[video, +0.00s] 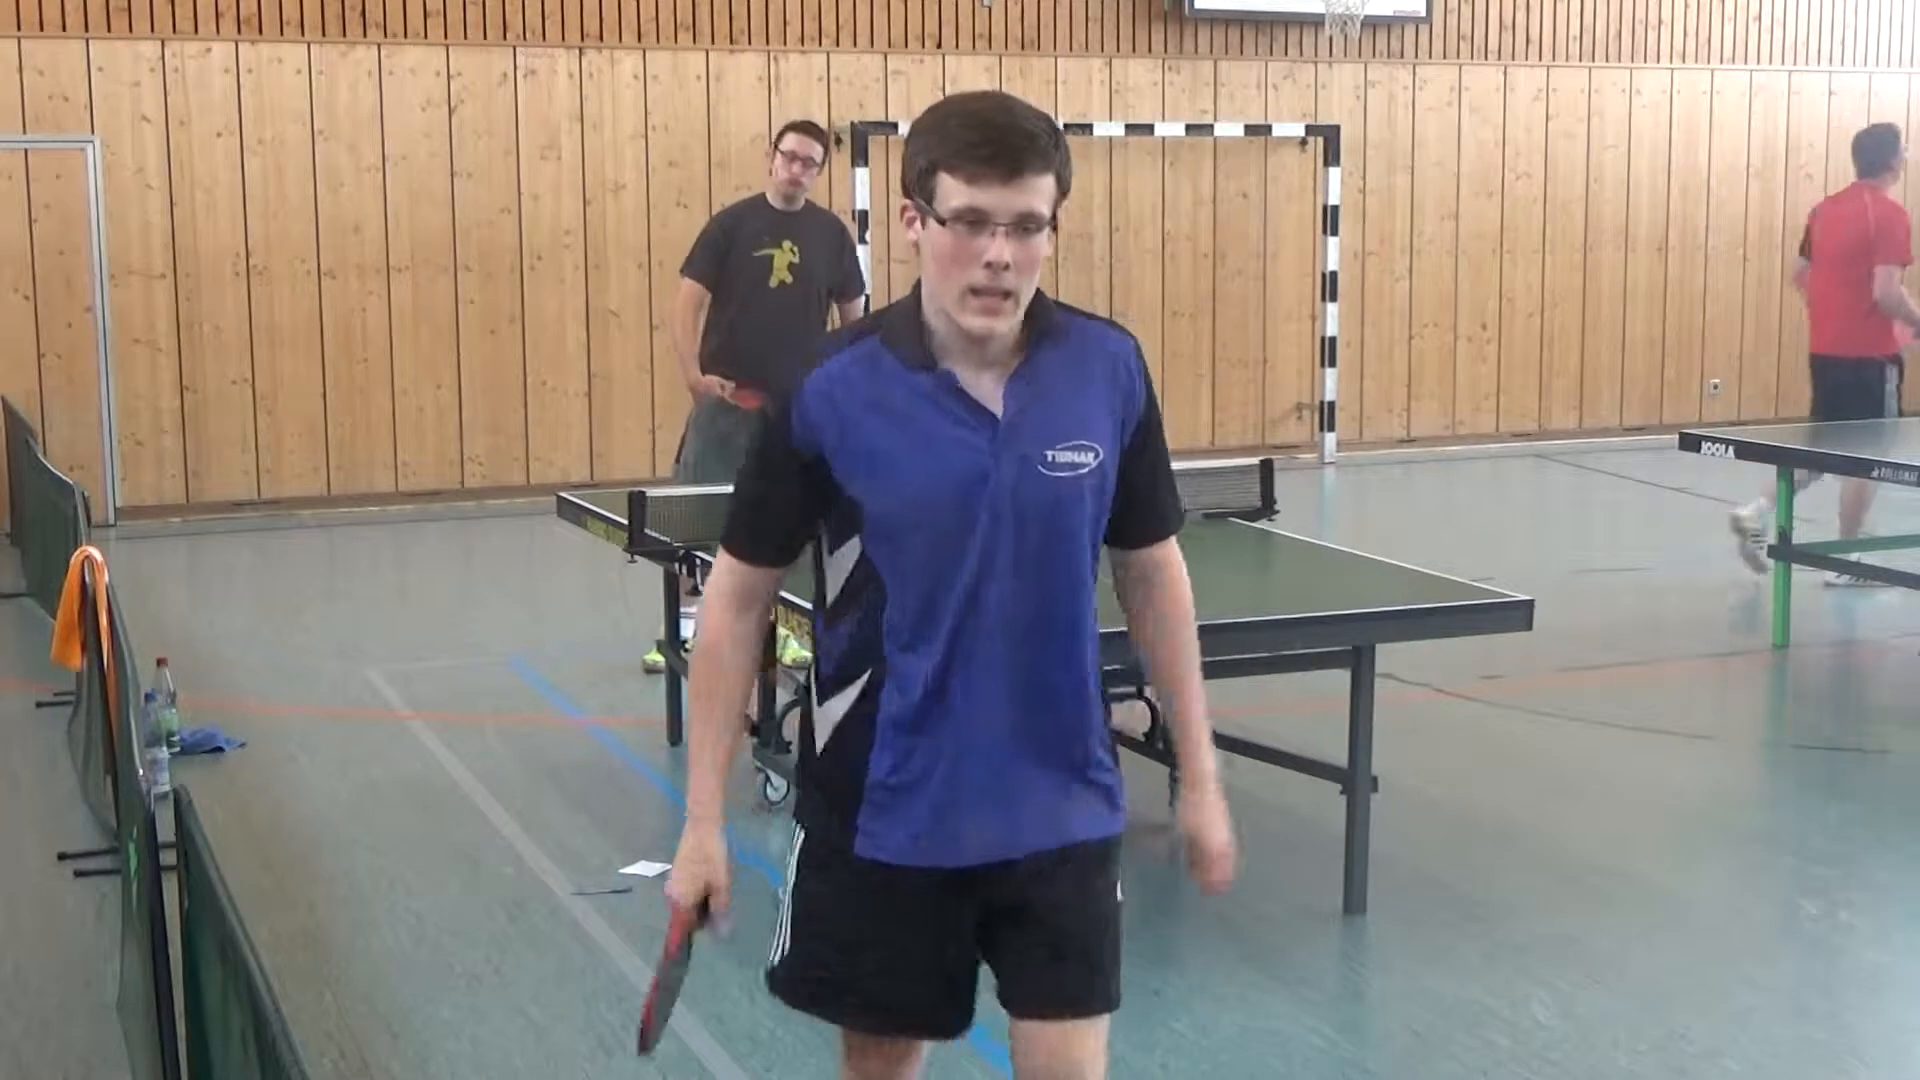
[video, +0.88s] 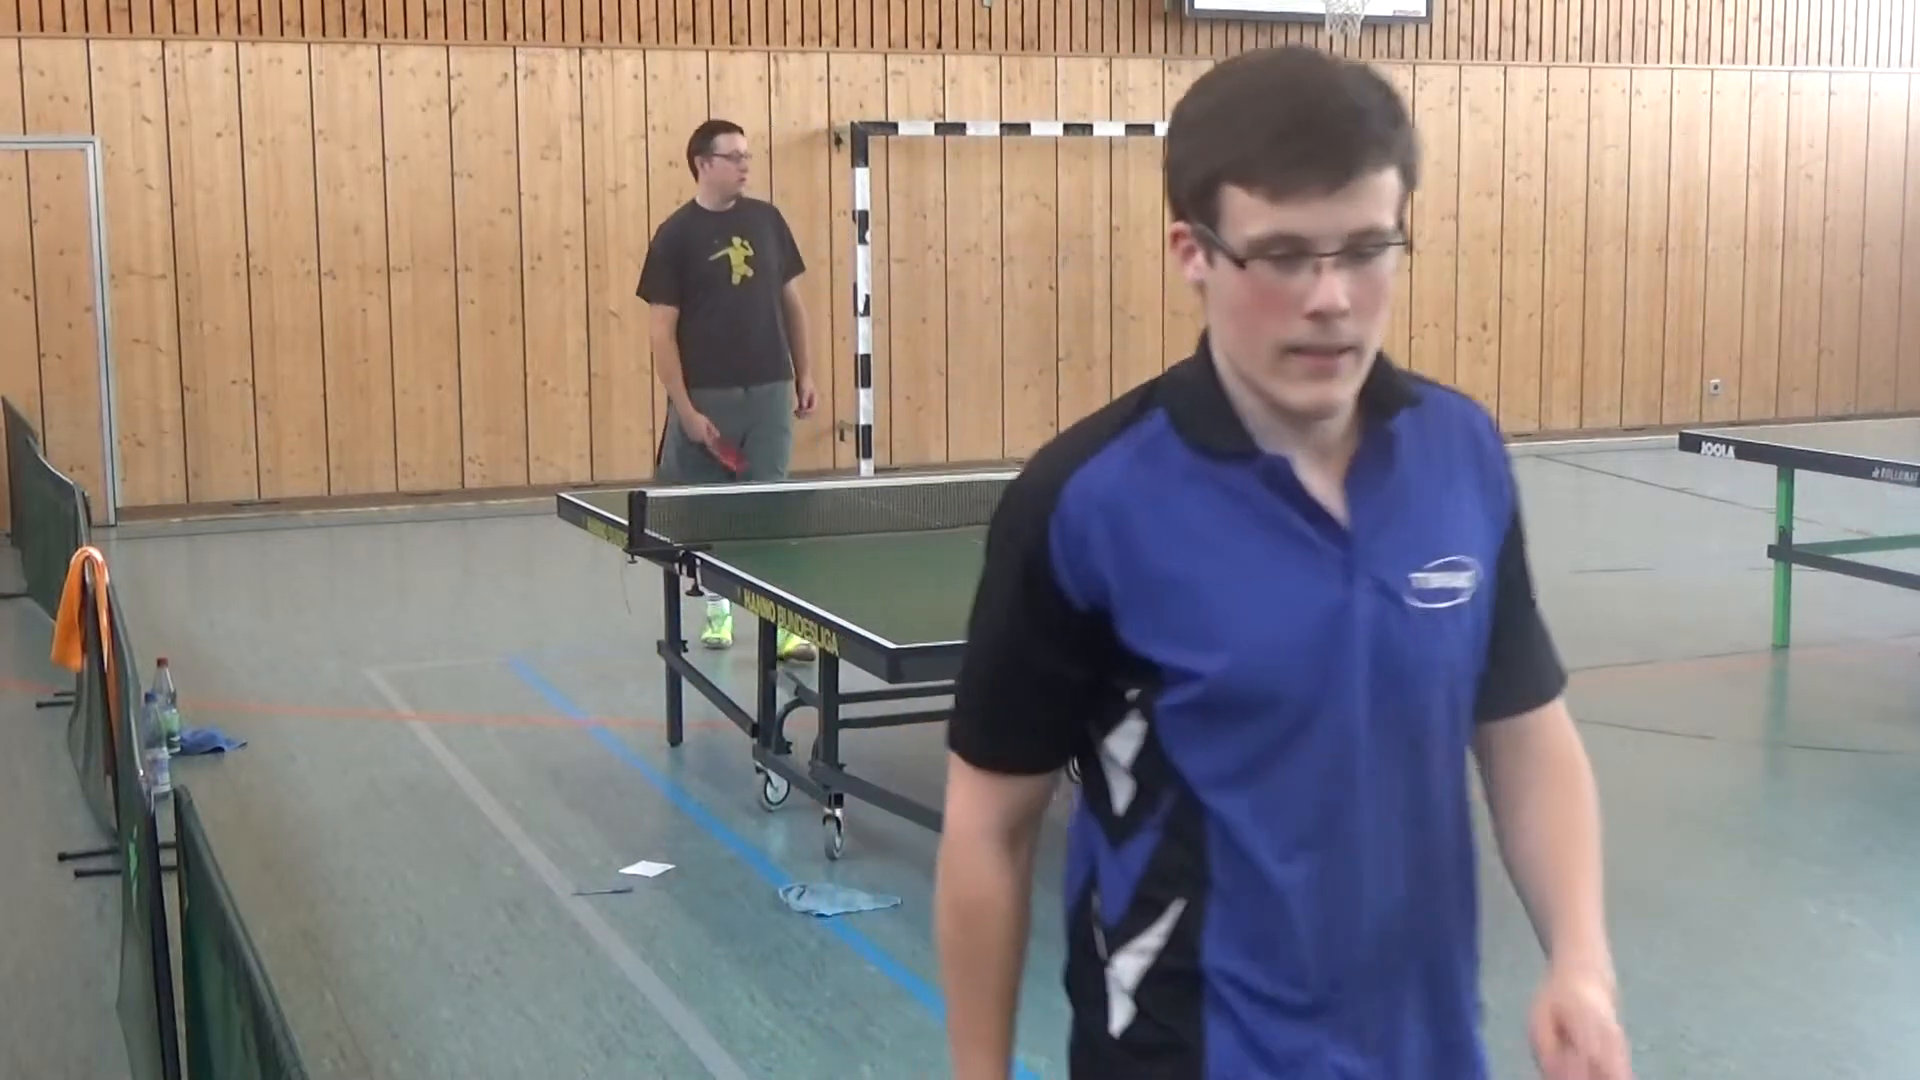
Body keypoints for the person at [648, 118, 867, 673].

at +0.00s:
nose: (796, 169)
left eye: (808, 162)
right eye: (789, 157)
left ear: (820, 169)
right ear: (772, 158)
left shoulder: (833, 232)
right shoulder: (732, 224)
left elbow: (853, 317)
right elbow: (686, 301)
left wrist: (848, 386)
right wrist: (693, 376)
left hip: (803, 410)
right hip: (728, 403)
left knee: (784, 543)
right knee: (706, 527)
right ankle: (692, 638)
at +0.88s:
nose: (745, 166)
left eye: (746, 157)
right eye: (734, 158)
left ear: (746, 161)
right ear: (701, 164)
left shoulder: (765, 218)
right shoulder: (673, 236)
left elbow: (793, 301)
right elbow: (660, 332)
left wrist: (804, 372)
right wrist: (685, 410)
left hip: (770, 394)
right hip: (704, 401)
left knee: (770, 513)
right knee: (701, 512)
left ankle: (785, 621)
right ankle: (718, 608)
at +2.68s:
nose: (839, 166)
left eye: (839, 157)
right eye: (829, 157)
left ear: (829, 165)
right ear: (797, 163)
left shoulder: (848, 223)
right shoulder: (759, 226)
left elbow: (890, 270)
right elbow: (740, 318)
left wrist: (855, 317)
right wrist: (770, 393)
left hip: (840, 386)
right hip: (777, 387)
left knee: (847, 505)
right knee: (756, 503)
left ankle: (844, 612)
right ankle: (729, 606)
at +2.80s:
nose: (838, 166)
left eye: (838, 157)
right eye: (828, 157)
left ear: (828, 166)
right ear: (796, 164)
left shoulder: (847, 222)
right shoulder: (759, 226)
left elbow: (889, 268)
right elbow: (739, 317)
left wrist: (857, 314)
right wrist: (767, 394)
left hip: (839, 387)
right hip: (777, 388)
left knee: (848, 504)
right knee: (755, 503)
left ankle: (847, 611)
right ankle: (730, 606)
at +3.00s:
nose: (838, 167)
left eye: (838, 158)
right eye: (828, 158)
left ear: (824, 166)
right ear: (795, 164)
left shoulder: (846, 222)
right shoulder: (757, 226)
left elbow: (889, 269)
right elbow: (735, 317)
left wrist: (857, 315)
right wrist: (759, 396)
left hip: (838, 388)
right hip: (776, 389)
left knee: (844, 507)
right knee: (750, 503)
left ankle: (844, 614)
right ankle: (729, 607)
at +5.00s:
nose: (804, 171)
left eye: (814, 162)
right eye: (795, 163)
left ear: (829, 165)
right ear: (781, 166)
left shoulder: (853, 223)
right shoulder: (755, 227)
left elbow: (906, 271)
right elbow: (722, 311)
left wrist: (869, 314)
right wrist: (756, 296)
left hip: (836, 386)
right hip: (768, 387)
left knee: (840, 504)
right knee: (746, 501)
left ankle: (840, 612)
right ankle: (728, 607)